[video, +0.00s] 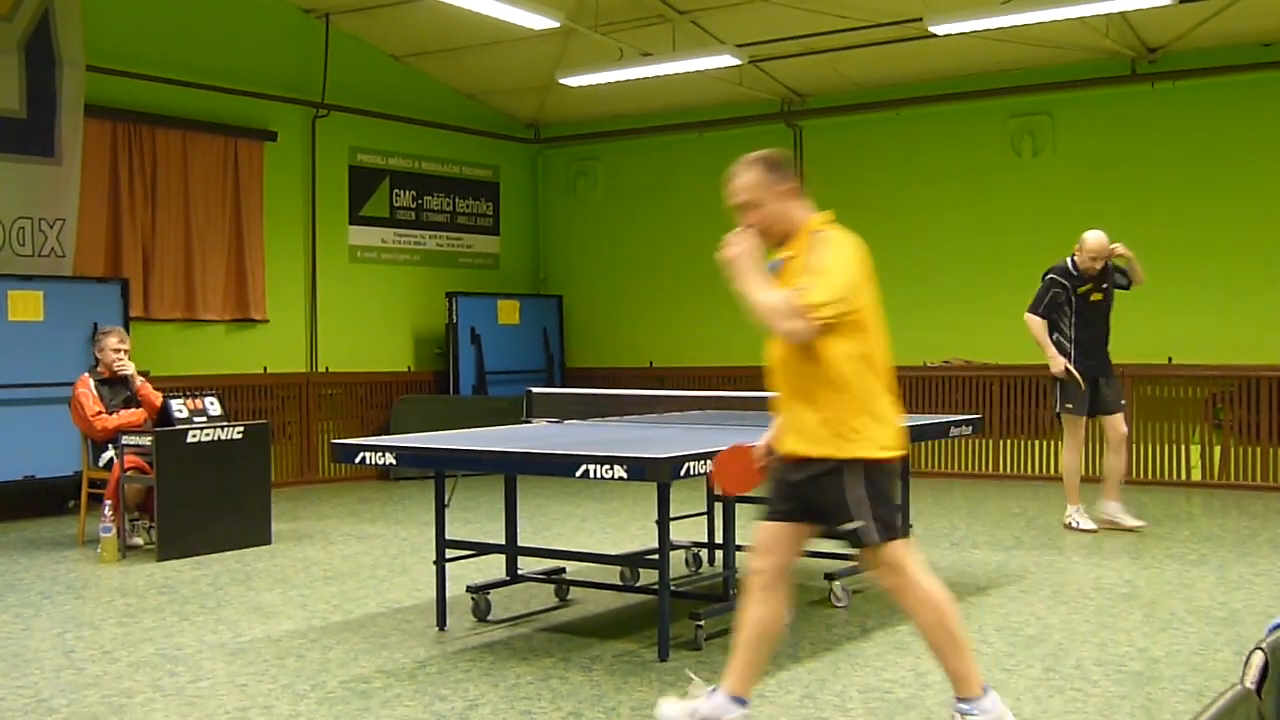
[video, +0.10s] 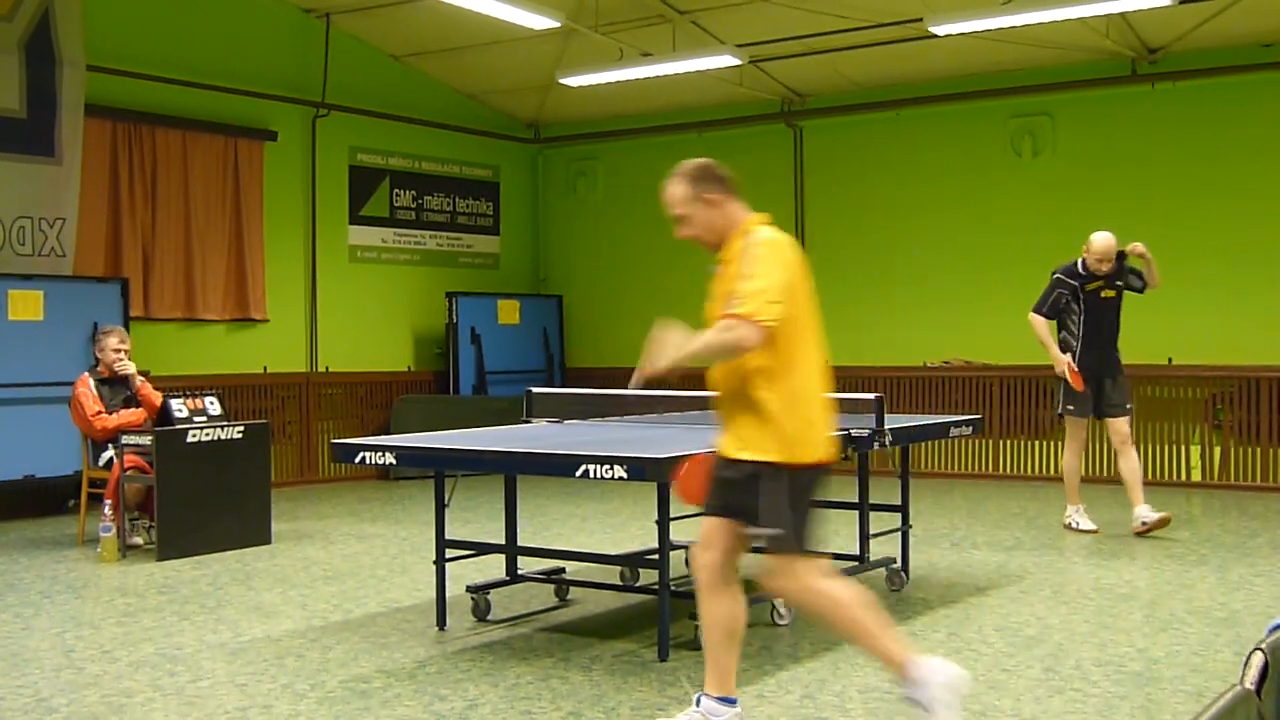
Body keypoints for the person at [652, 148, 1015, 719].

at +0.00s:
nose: (745, 220)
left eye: (750, 205)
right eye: (739, 210)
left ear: (788, 191)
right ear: (755, 205)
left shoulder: (835, 246)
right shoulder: (789, 257)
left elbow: (795, 321)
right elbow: (819, 366)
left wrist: (745, 270)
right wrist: (784, 427)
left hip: (857, 442)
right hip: (805, 443)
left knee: (897, 569)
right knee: (767, 566)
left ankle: (978, 702)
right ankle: (730, 700)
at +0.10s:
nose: (680, 234)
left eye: (682, 218)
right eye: (675, 222)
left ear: (715, 199)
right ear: (712, 204)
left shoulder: (766, 247)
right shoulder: (736, 255)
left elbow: (746, 331)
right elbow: (754, 358)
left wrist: (679, 350)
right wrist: (728, 444)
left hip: (786, 441)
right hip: (749, 443)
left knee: (786, 572)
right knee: (711, 558)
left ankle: (922, 672)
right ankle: (719, 702)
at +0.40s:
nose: (566, 227)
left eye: (566, 213)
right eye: (562, 215)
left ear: (591, 198)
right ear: (598, 197)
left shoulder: (637, 244)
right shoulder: (650, 241)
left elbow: (654, 339)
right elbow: (655, 355)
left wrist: (623, 438)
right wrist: (585, 389)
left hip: (639, 434)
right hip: (678, 434)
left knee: (568, 547)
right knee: (681, 554)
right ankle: (715, 692)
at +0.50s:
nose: (514, 235)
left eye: (513, 221)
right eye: (510, 223)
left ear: (538, 209)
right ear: (552, 207)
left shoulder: (576, 255)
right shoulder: (611, 251)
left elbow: (600, 351)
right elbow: (613, 360)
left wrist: (584, 449)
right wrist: (533, 377)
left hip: (580, 449)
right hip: (634, 446)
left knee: (521, 566)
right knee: (658, 562)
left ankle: (466, 686)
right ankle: (709, 687)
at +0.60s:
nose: (479, 241)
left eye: (478, 228)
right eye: (475, 230)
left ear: (502, 216)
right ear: (522, 211)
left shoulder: (538, 262)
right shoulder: (575, 256)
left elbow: (554, 359)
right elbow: (570, 362)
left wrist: (539, 456)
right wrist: (500, 398)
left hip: (540, 449)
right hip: (593, 447)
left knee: (481, 556)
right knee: (616, 555)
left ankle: (451, 693)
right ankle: (696, 677)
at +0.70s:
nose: (429, 238)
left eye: (427, 226)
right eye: (426, 227)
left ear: (444, 215)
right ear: (477, 207)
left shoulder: (481, 261)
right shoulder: (529, 256)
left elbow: (482, 357)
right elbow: (539, 355)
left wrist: (454, 440)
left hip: (489, 444)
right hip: (540, 443)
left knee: (442, 556)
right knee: (528, 554)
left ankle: (446, 693)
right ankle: (621, 641)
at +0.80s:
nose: (407, 236)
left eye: (404, 225)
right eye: (402, 226)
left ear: (420, 211)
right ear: (454, 204)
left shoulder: (447, 255)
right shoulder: (514, 255)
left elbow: (434, 348)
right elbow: (521, 345)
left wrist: (397, 420)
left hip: (461, 435)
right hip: (513, 432)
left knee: (433, 554)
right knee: (487, 540)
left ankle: (445, 692)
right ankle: (556, 637)